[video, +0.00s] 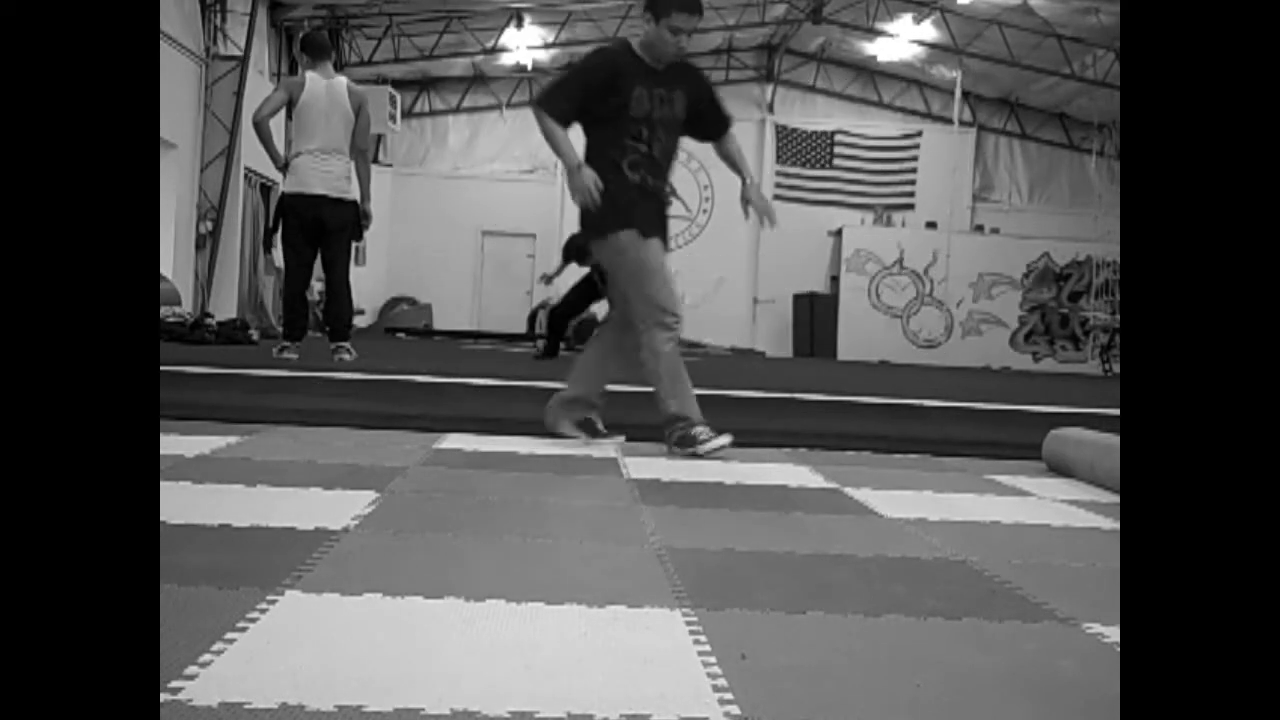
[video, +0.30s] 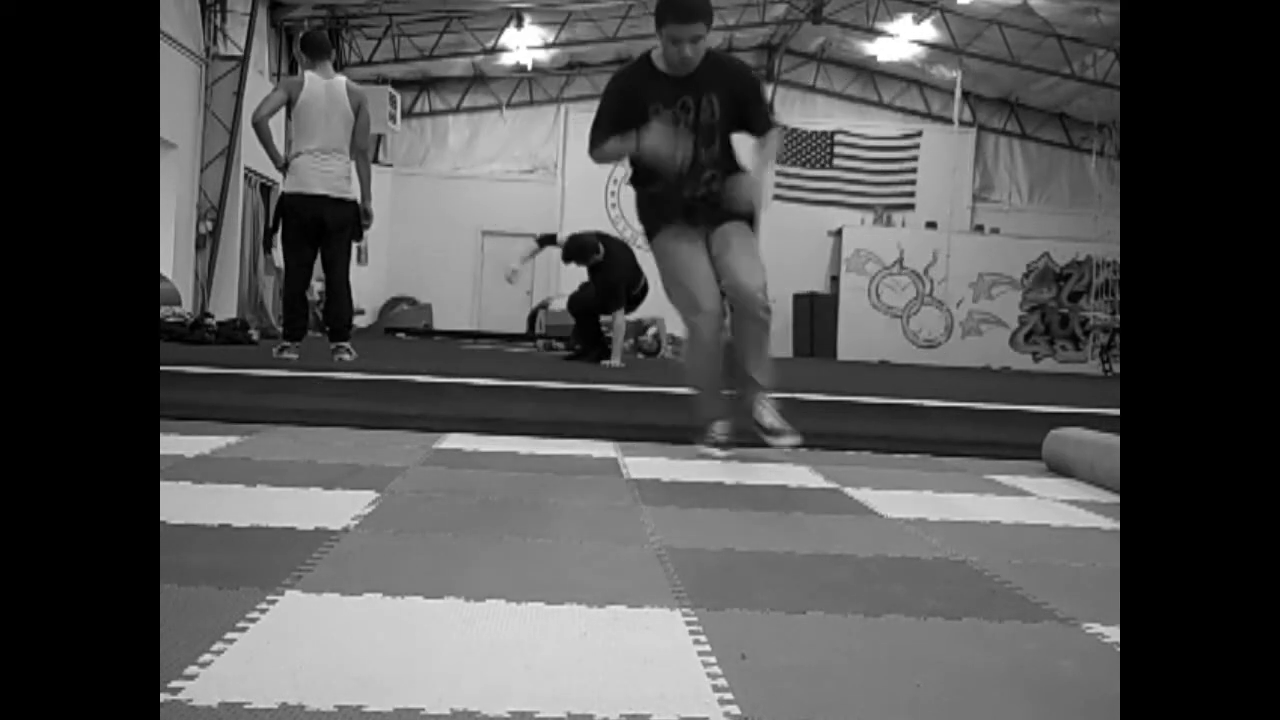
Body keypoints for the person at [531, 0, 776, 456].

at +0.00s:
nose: (682, 43)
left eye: (689, 34)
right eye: (676, 32)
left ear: (693, 32)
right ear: (649, 20)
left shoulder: (688, 79)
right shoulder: (609, 62)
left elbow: (721, 134)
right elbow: (547, 110)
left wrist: (750, 180)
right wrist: (574, 166)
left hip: (649, 211)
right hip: (611, 207)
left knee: (629, 318)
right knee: (660, 315)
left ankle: (571, 408)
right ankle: (684, 425)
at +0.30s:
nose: (685, 52)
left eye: (694, 41)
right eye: (674, 41)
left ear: (708, 32)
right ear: (657, 32)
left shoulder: (731, 74)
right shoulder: (631, 82)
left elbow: (768, 130)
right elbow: (600, 149)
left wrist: (760, 176)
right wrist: (642, 141)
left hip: (725, 199)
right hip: (667, 205)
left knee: (752, 293)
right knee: (706, 309)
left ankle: (760, 402)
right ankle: (714, 421)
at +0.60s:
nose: (690, 59)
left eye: (701, 48)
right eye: (680, 47)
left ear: (719, 41)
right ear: (666, 39)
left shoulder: (739, 86)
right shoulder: (635, 86)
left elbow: (783, 135)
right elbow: (603, 156)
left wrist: (764, 192)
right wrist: (644, 188)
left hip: (713, 212)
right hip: (652, 219)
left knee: (706, 312)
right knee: (680, 335)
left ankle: (712, 416)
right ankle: (760, 409)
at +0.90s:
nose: (613, 11)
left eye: (619, 6)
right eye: (606, 6)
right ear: (600, 3)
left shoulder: (688, 34)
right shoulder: (580, 25)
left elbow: (767, 56)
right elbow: (520, 48)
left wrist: (763, 97)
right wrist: (507, 43)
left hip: (641, 183)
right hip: (577, 172)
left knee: (617, 295)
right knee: (540, 251)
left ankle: (609, 410)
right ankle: (547, 313)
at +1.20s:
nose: (511, 24)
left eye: (515, 12)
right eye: (508, 15)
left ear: (545, 4)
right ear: (527, 10)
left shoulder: (592, 55)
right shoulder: (527, 53)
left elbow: (583, 141)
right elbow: (530, 136)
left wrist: (510, 109)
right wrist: (497, 185)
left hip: (562, 211)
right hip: (509, 197)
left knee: (518, 316)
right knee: (466, 292)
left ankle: (509, 412)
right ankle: (455, 409)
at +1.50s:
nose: (486, 11)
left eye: (485, 5)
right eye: (485, 6)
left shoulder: (535, 22)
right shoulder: (548, 23)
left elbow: (538, 108)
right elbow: (539, 110)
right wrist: (474, 120)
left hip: (544, 193)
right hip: (559, 195)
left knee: (479, 288)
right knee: (488, 288)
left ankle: (492, 413)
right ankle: (514, 401)